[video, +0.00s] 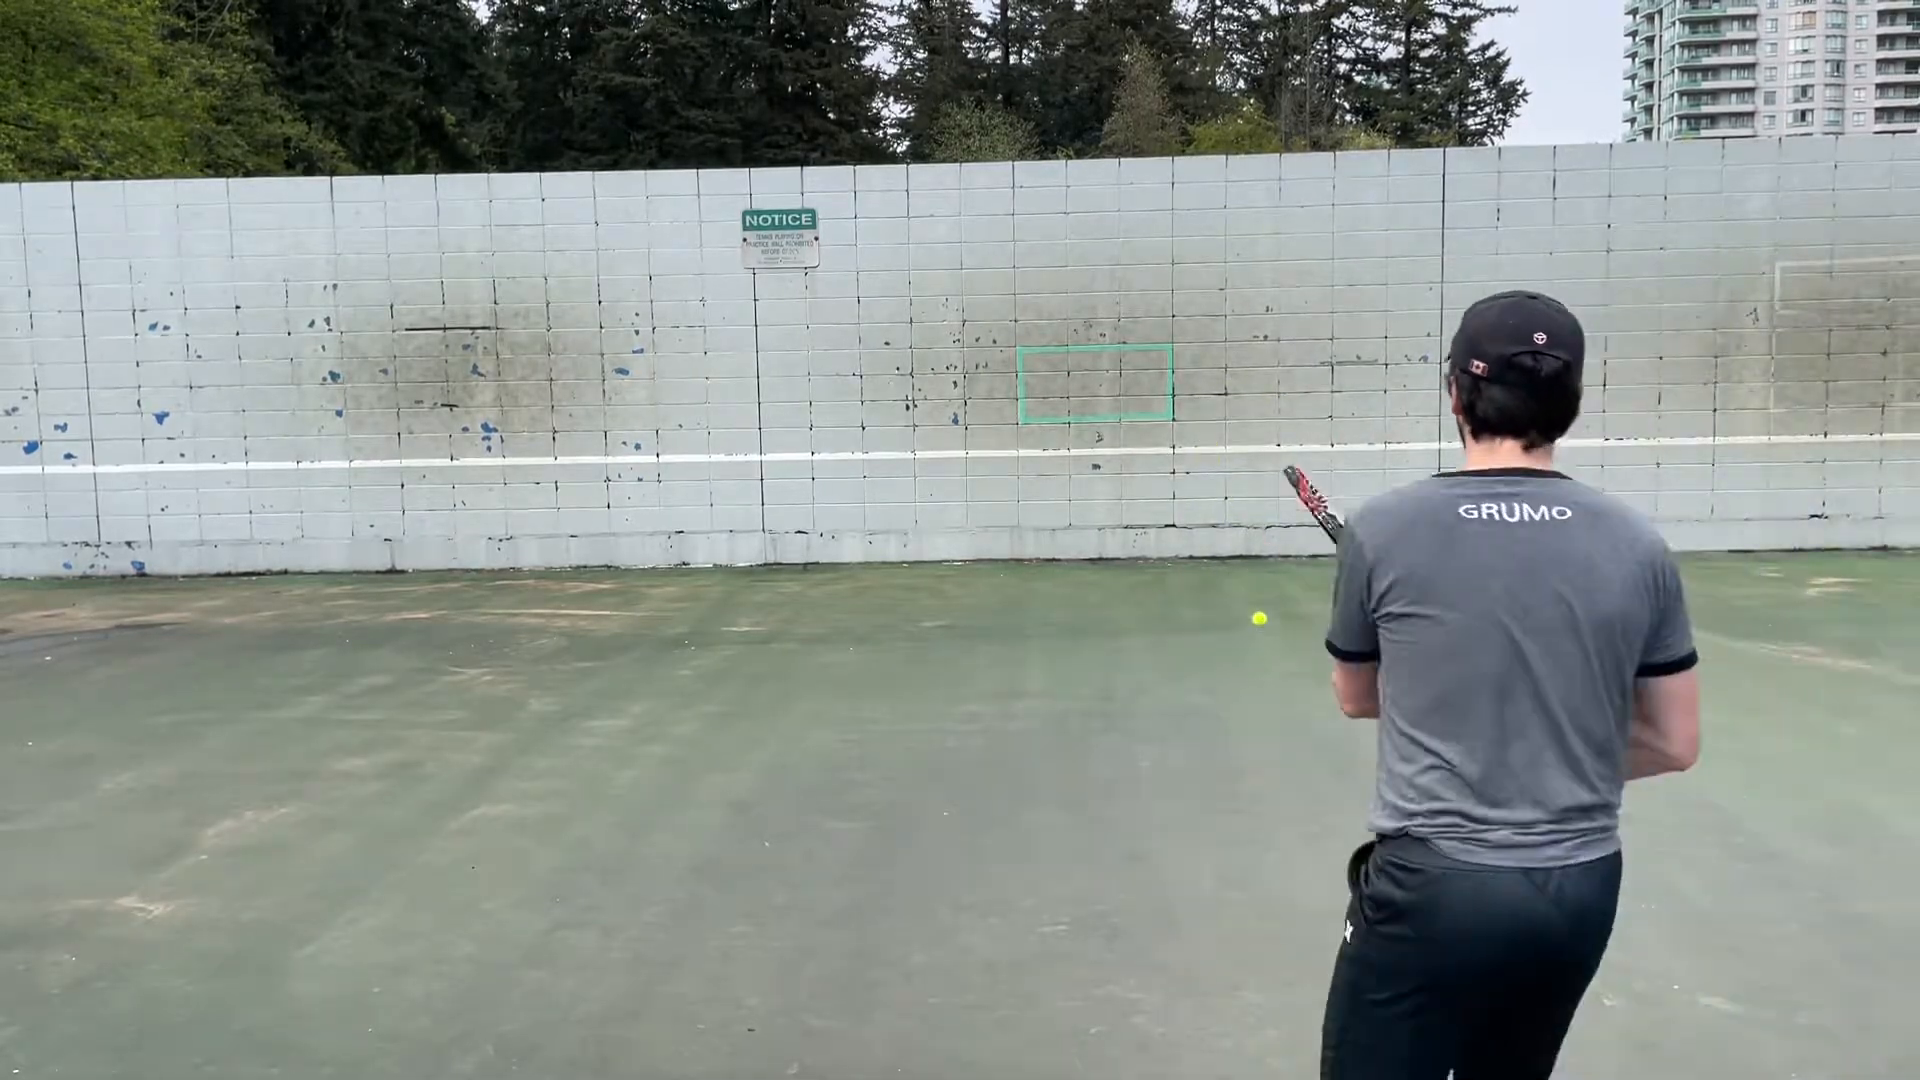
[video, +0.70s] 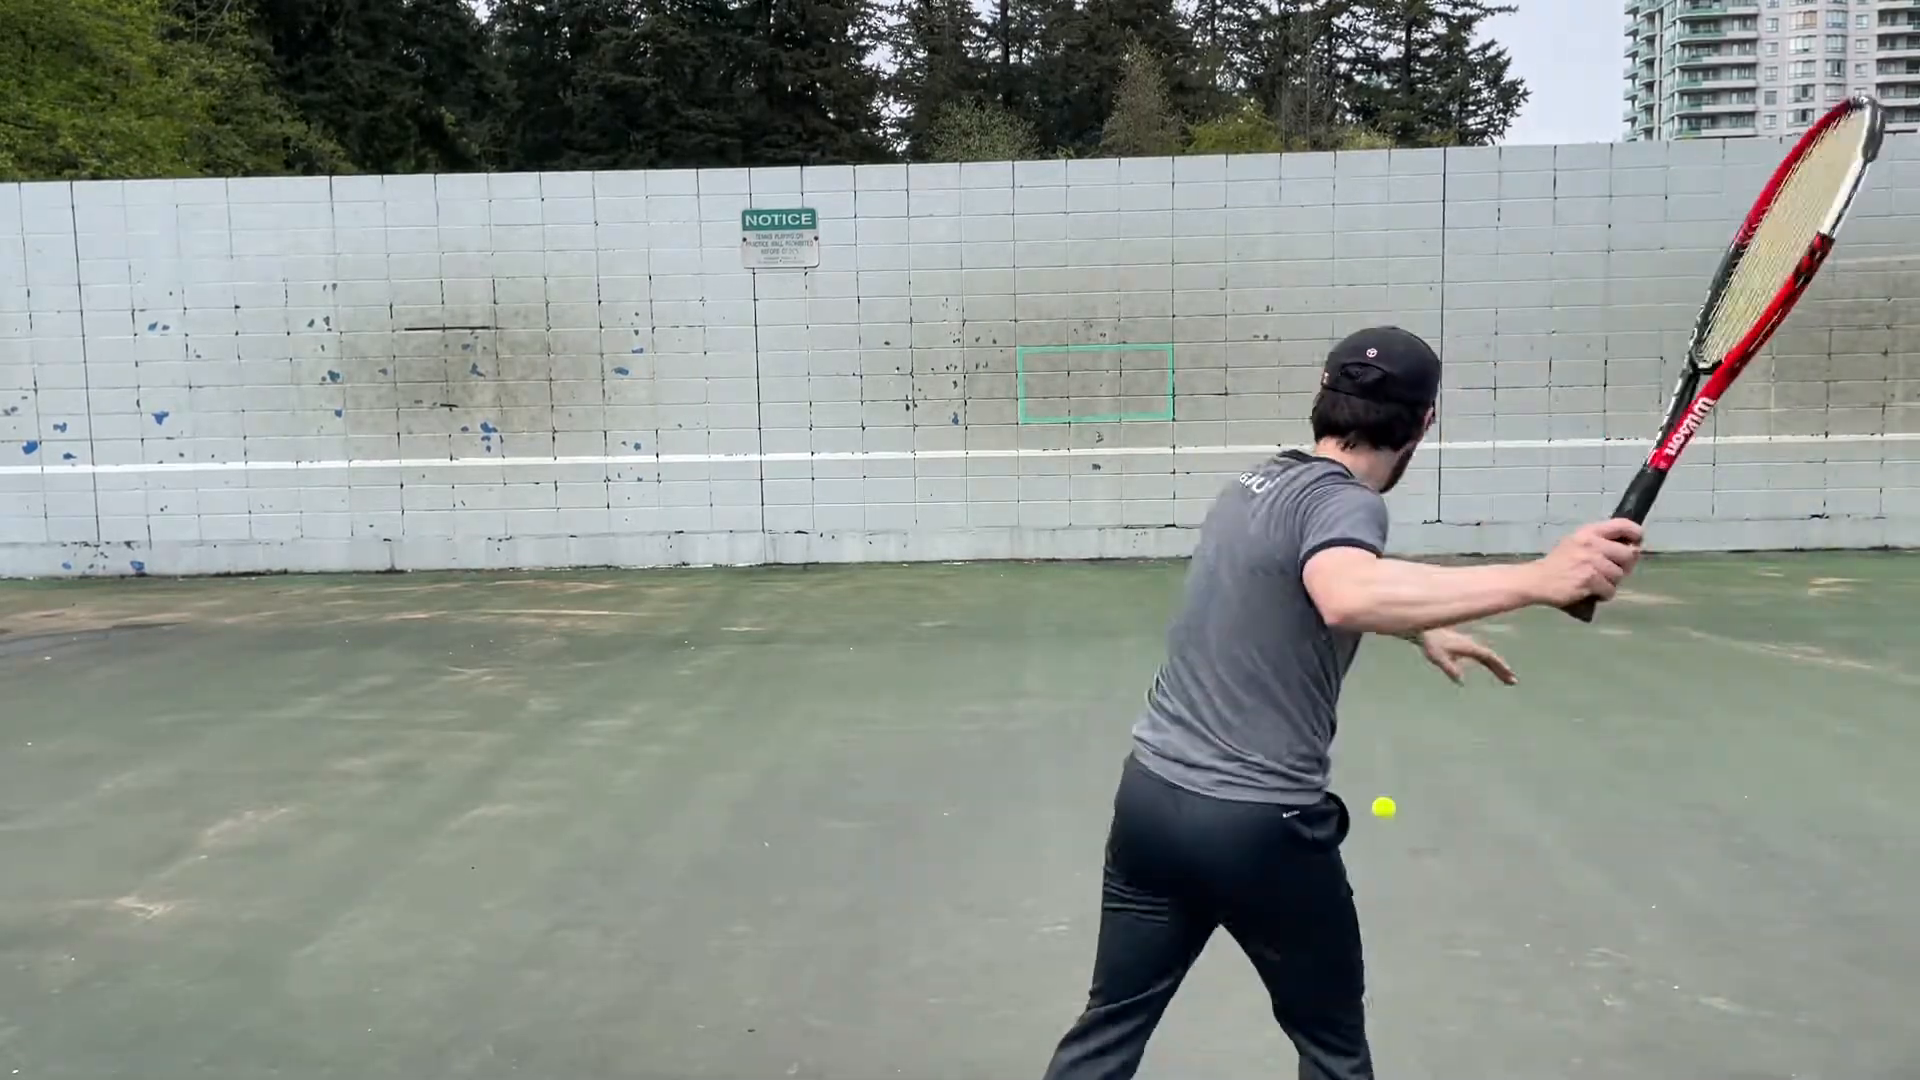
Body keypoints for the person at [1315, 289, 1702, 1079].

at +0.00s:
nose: (1453, 386)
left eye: (1454, 376)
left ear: (1458, 393)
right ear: (1572, 404)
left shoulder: (1385, 528)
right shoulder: (1633, 542)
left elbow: (1358, 696)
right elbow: (1672, 742)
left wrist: (1462, 684)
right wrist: (1552, 745)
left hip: (1429, 898)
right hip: (1573, 901)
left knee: (1366, 1068)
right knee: (1509, 1071)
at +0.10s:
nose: (1415, 370)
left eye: (1418, 359)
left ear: (1421, 374)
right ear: (1536, 387)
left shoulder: (1342, 501)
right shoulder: (1584, 525)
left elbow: (1344, 635)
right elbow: (1629, 718)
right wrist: (1527, 698)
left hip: (1369, 866)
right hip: (1515, 876)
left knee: (1298, 1067)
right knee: (1489, 1070)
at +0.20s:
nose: (1370, 361)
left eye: (1373, 351)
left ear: (1376, 369)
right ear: (1488, 382)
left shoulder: (1298, 494)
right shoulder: (1525, 520)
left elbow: (1356, 604)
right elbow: (1594, 705)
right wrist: (1598, 666)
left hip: (1311, 840)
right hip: (1455, 852)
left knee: (1235, 1053)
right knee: (1468, 1069)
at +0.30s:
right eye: (1444, 374)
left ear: (1328, 382)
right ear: (1439, 397)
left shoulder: (1256, 500)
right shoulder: (1441, 524)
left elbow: (1344, 567)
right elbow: (1553, 694)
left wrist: (1482, 537)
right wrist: (1601, 626)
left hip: (1247, 839)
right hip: (1379, 855)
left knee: (1179, 1048)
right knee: (1437, 1065)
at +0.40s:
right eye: (1401, 399)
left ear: (1284, 402)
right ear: (1394, 419)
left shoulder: (1217, 511)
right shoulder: (1364, 540)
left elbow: (1320, 564)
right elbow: (1501, 676)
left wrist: (1463, 547)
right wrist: (1607, 611)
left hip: (1180, 839)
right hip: (1306, 862)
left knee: (1146, 1049)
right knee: (1406, 1063)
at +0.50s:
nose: (1393, 402)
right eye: (1393, 389)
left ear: (1277, 390)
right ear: (1383, 409)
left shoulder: (1208, 490)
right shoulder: (1333, 513)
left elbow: (1295, 574)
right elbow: (1425, 640)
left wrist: (1434, 558)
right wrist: (1592, 588)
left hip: (1153, 815)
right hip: (1274, 833)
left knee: (1127, 1037)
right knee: (1378, 1045)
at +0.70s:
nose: (1432, 426)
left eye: (1427, 408)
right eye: (1433, 413)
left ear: (1325, 399)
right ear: (1421, 426)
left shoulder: (1248, 486)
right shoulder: (1340, 503)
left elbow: (1310, 578)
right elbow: (1345, 595)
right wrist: (1538, 577)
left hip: (1154, 803)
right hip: (1265, 831)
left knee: (1108, 1026)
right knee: (1331, 1042)